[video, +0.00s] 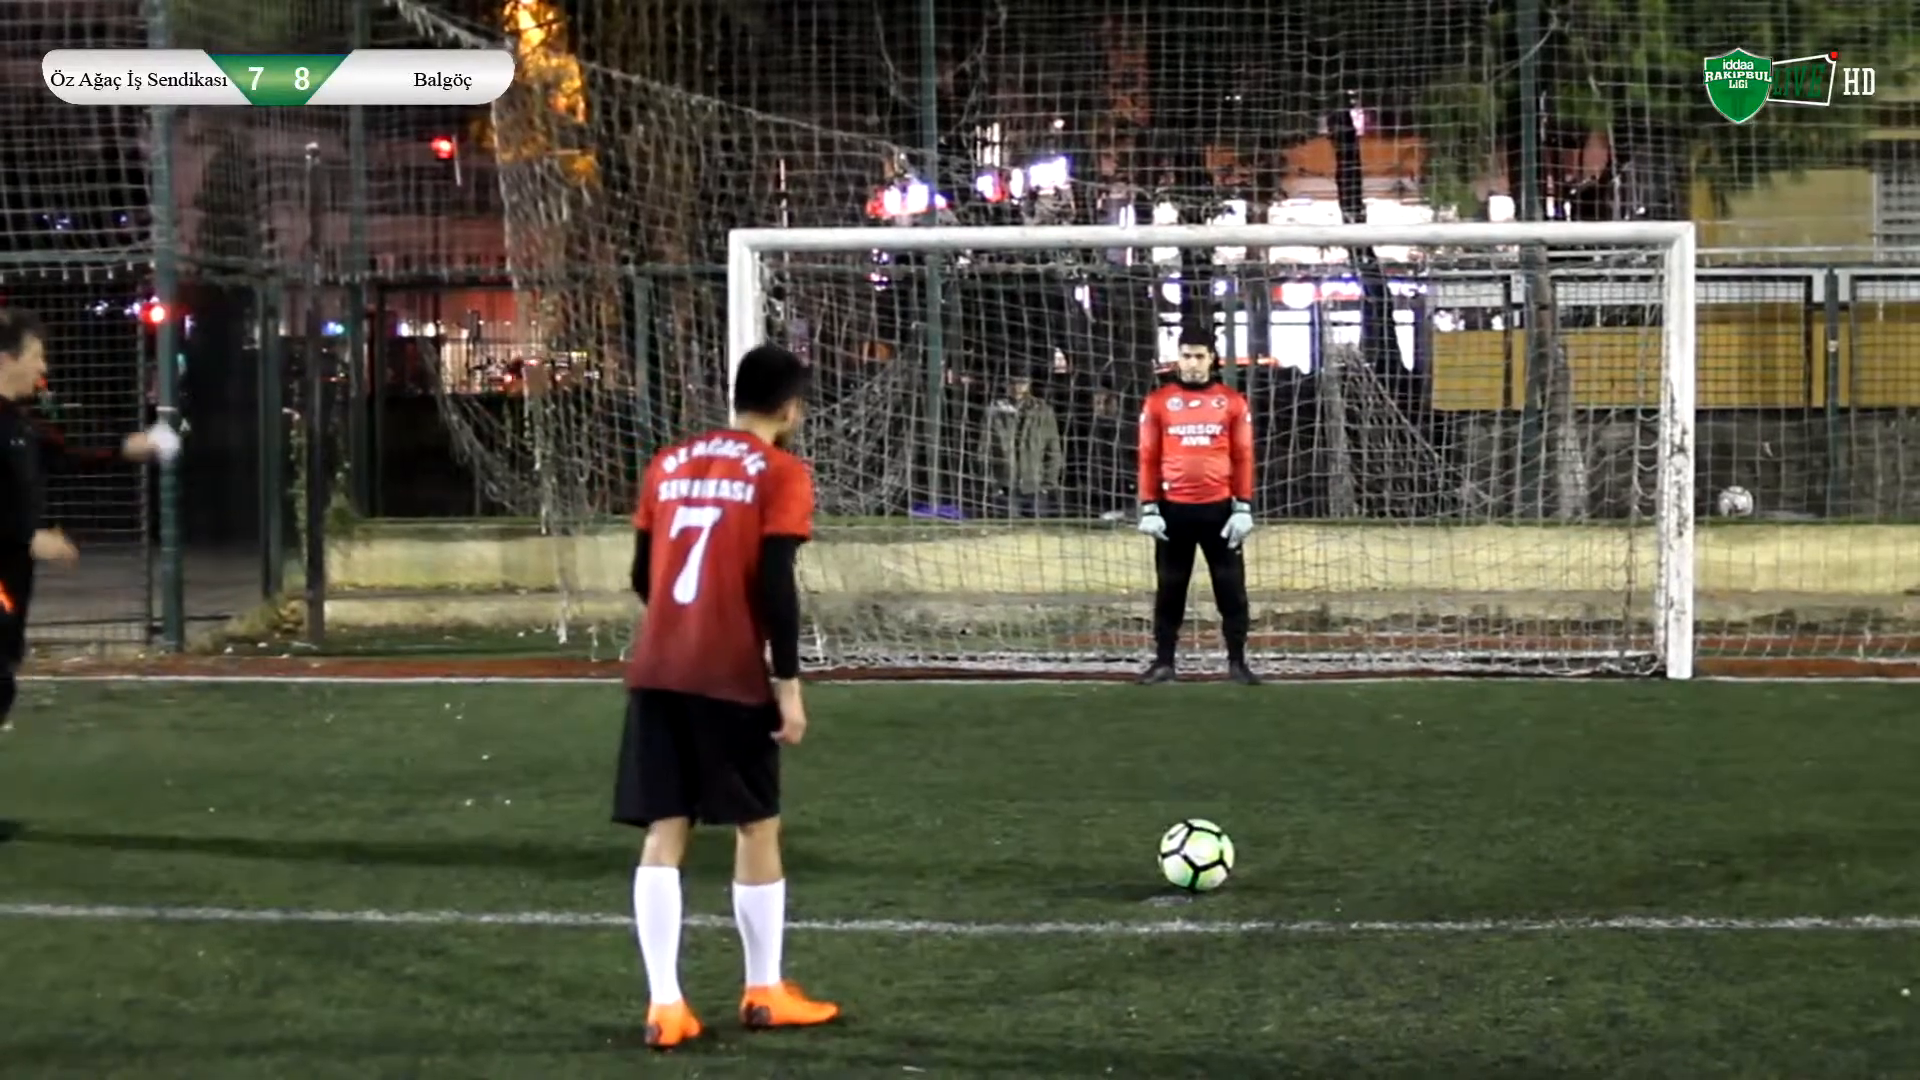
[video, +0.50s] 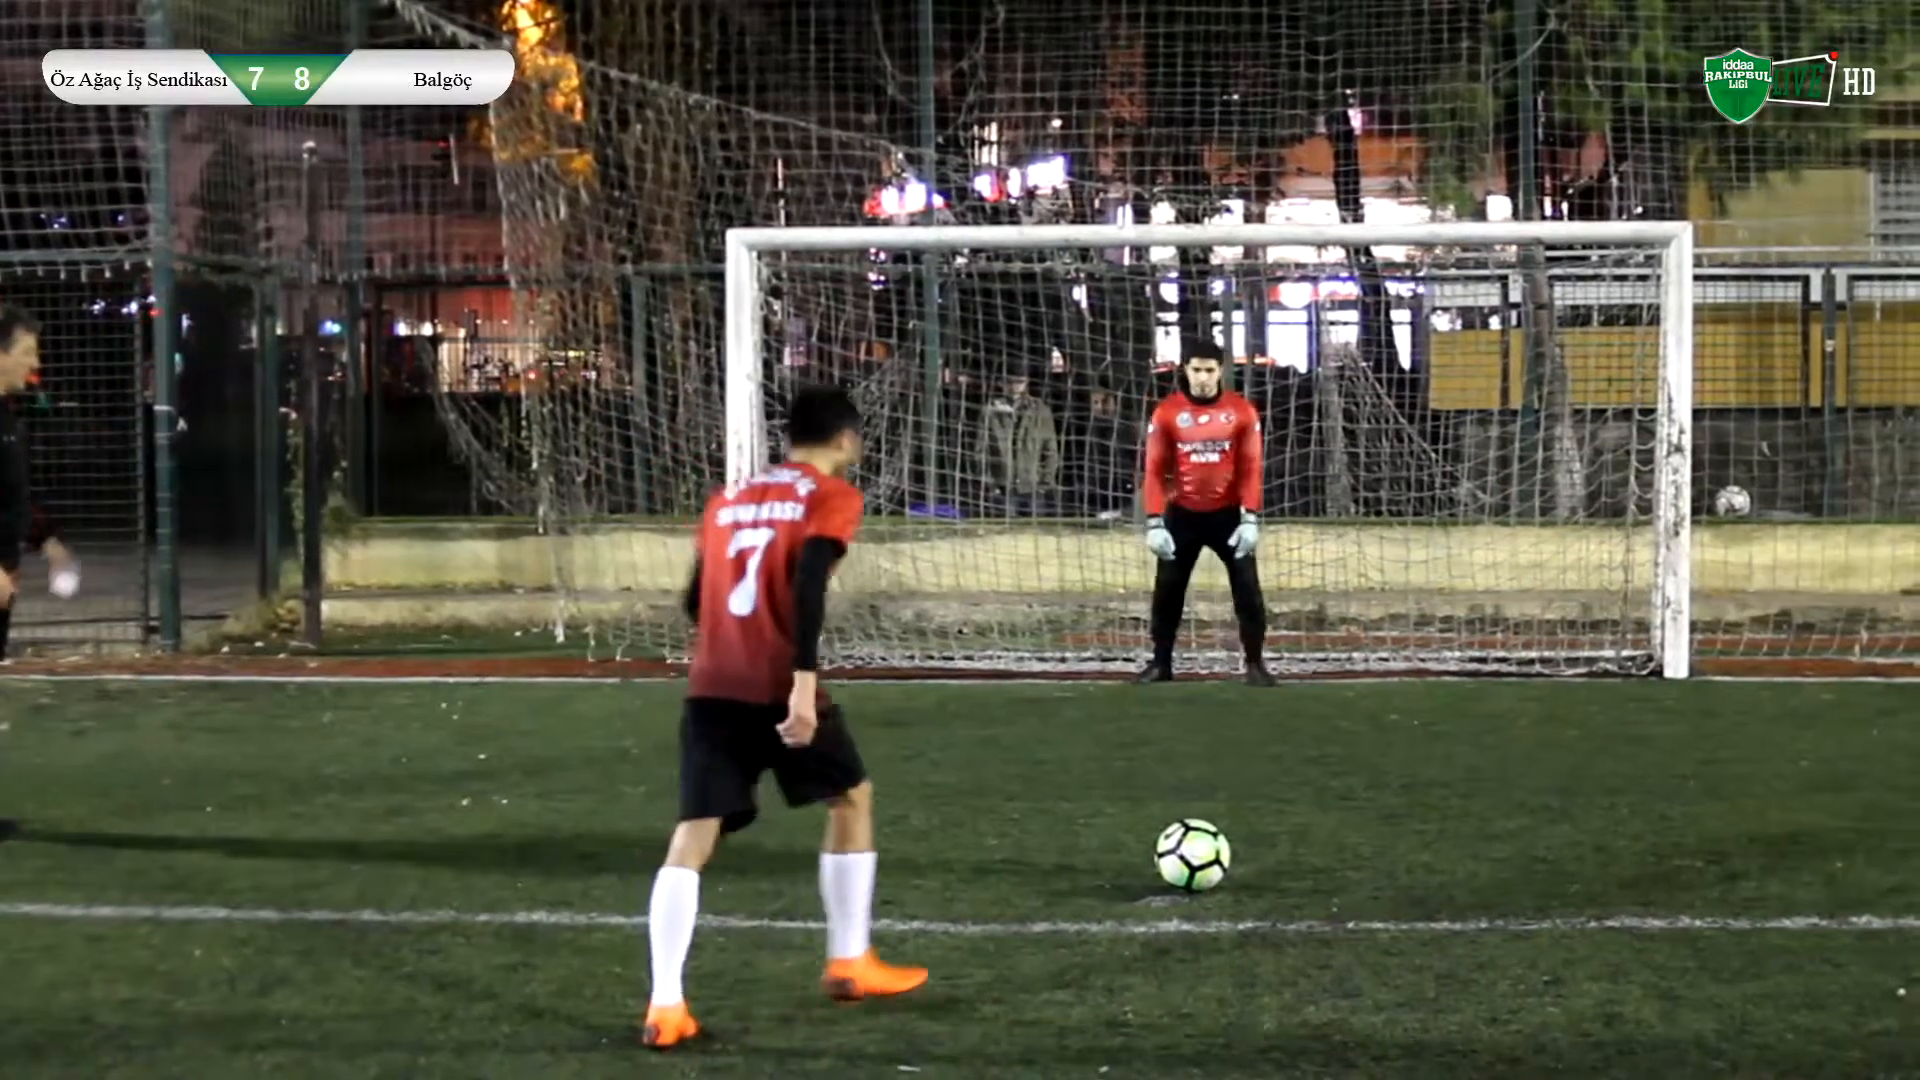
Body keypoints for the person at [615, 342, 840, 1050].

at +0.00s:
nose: (801, 417)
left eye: (799, 405)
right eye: (801, 406)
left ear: (737, 397)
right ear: (788, 408)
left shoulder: (671, 460)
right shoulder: (784, 472)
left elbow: (643, 575)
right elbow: (774, 577)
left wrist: (690, 627)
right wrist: (789, 679)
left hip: (656, 670)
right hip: (733, 675)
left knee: (665, 826)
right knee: (758, 825)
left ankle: (664, 1002)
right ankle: (766, 986)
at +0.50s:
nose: (855, 457)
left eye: (854, 446)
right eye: (854, 446)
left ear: (792, 440)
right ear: (841, 443)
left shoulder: (729, 496)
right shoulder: (837, 496)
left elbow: (695, 597)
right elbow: (810, 575)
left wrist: (734, 648)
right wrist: (805, 678)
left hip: (710, 688)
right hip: (782, 688)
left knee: (693, 834)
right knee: (850, 793)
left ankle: (664, 1002)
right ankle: (850, 957)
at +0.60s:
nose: (890, 478)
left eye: (888, 469)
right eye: (890, 468)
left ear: (829, 465)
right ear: (878, 466)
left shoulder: (776, 516)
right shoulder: (874, 512)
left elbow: (775, 613)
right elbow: (849, 575)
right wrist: (837, 671)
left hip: (749, 690)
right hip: (816, 689)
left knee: (718, 832)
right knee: (898, 792)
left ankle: (672, 991)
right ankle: (894, 953)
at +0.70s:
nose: (919, 491)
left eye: (917, 481)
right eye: (917, 481)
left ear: (857, 476)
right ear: (906, 479)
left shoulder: (815, 520)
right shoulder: (906, 521)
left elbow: (815, 612)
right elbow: (888, 587)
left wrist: (893, 647)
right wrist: (886, 671)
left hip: (787, 697)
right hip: (855, 697)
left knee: (757, 831)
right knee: (928, 808)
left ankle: (694, 970)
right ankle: (896, 964)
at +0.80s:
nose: (959, 483)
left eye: (956, 474)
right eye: (956, 474)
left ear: (895, 477)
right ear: (946, 475)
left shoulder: (860, 519)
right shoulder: (956, 526)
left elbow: (815, 546)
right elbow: (983, 610)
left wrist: (868, 572)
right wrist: (1020, 689)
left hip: (848, 697)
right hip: (915, 697)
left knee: (876, 840)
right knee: (961, 828)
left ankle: (801, 906)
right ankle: (903, 962)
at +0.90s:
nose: (971, 462)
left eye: (965, 453)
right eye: (968, 453)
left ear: (910, 458)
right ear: (961, 456)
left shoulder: (874, 499)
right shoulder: (984, 510)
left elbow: (803, 492)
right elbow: (1032, 591)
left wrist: (844, 544)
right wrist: (1089, 647)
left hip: (881, 676)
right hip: (944, 678)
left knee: (948, 799)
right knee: (969, 818)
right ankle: (913, 945)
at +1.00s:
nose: (985, 429)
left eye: (981, 421)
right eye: (981, 421)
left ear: (926, 433)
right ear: (974, 426)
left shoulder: (899, 487)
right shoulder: (1009, 484)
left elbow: (806, 506)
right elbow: (1075, 555)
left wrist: (818, 565)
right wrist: (1138, 581)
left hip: (948, 664)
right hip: (1006, 657)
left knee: (1021, 764)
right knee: (1015, 784)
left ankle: (1060, 863)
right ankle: (958, 849)